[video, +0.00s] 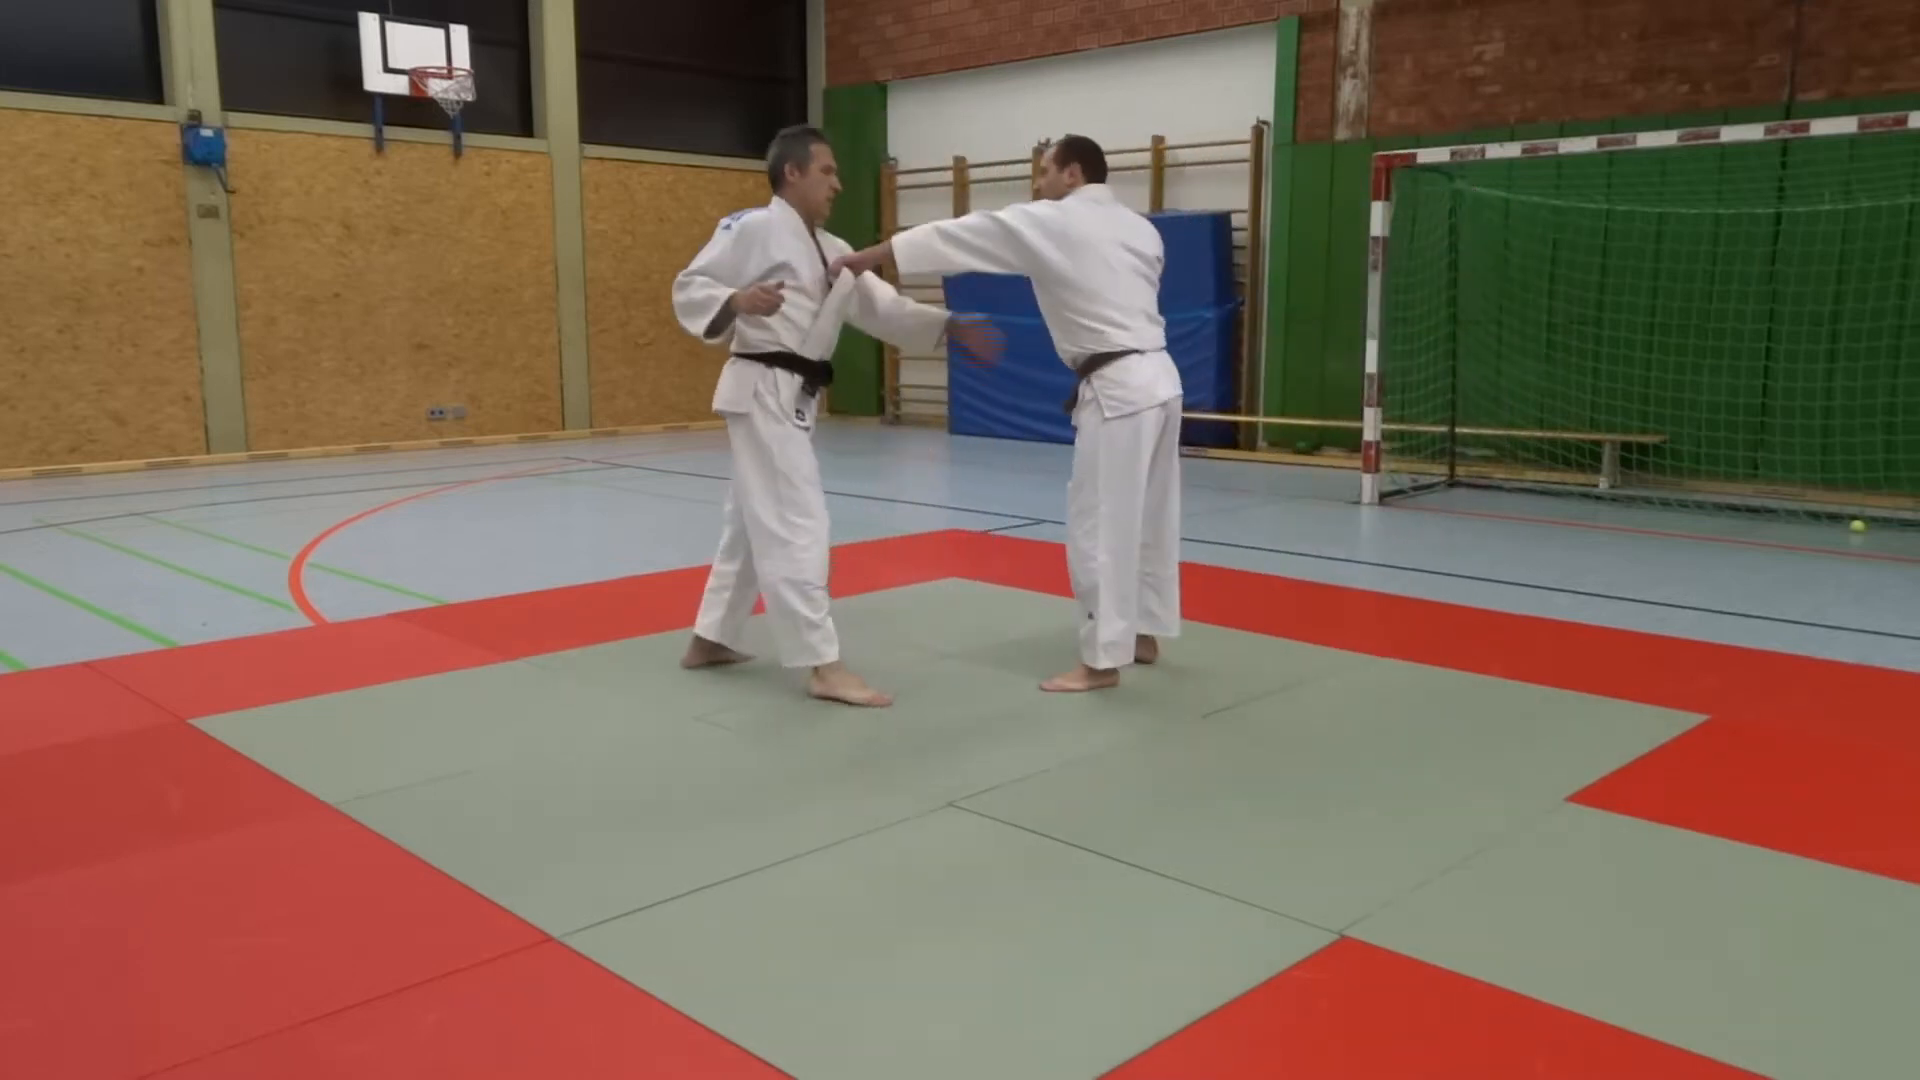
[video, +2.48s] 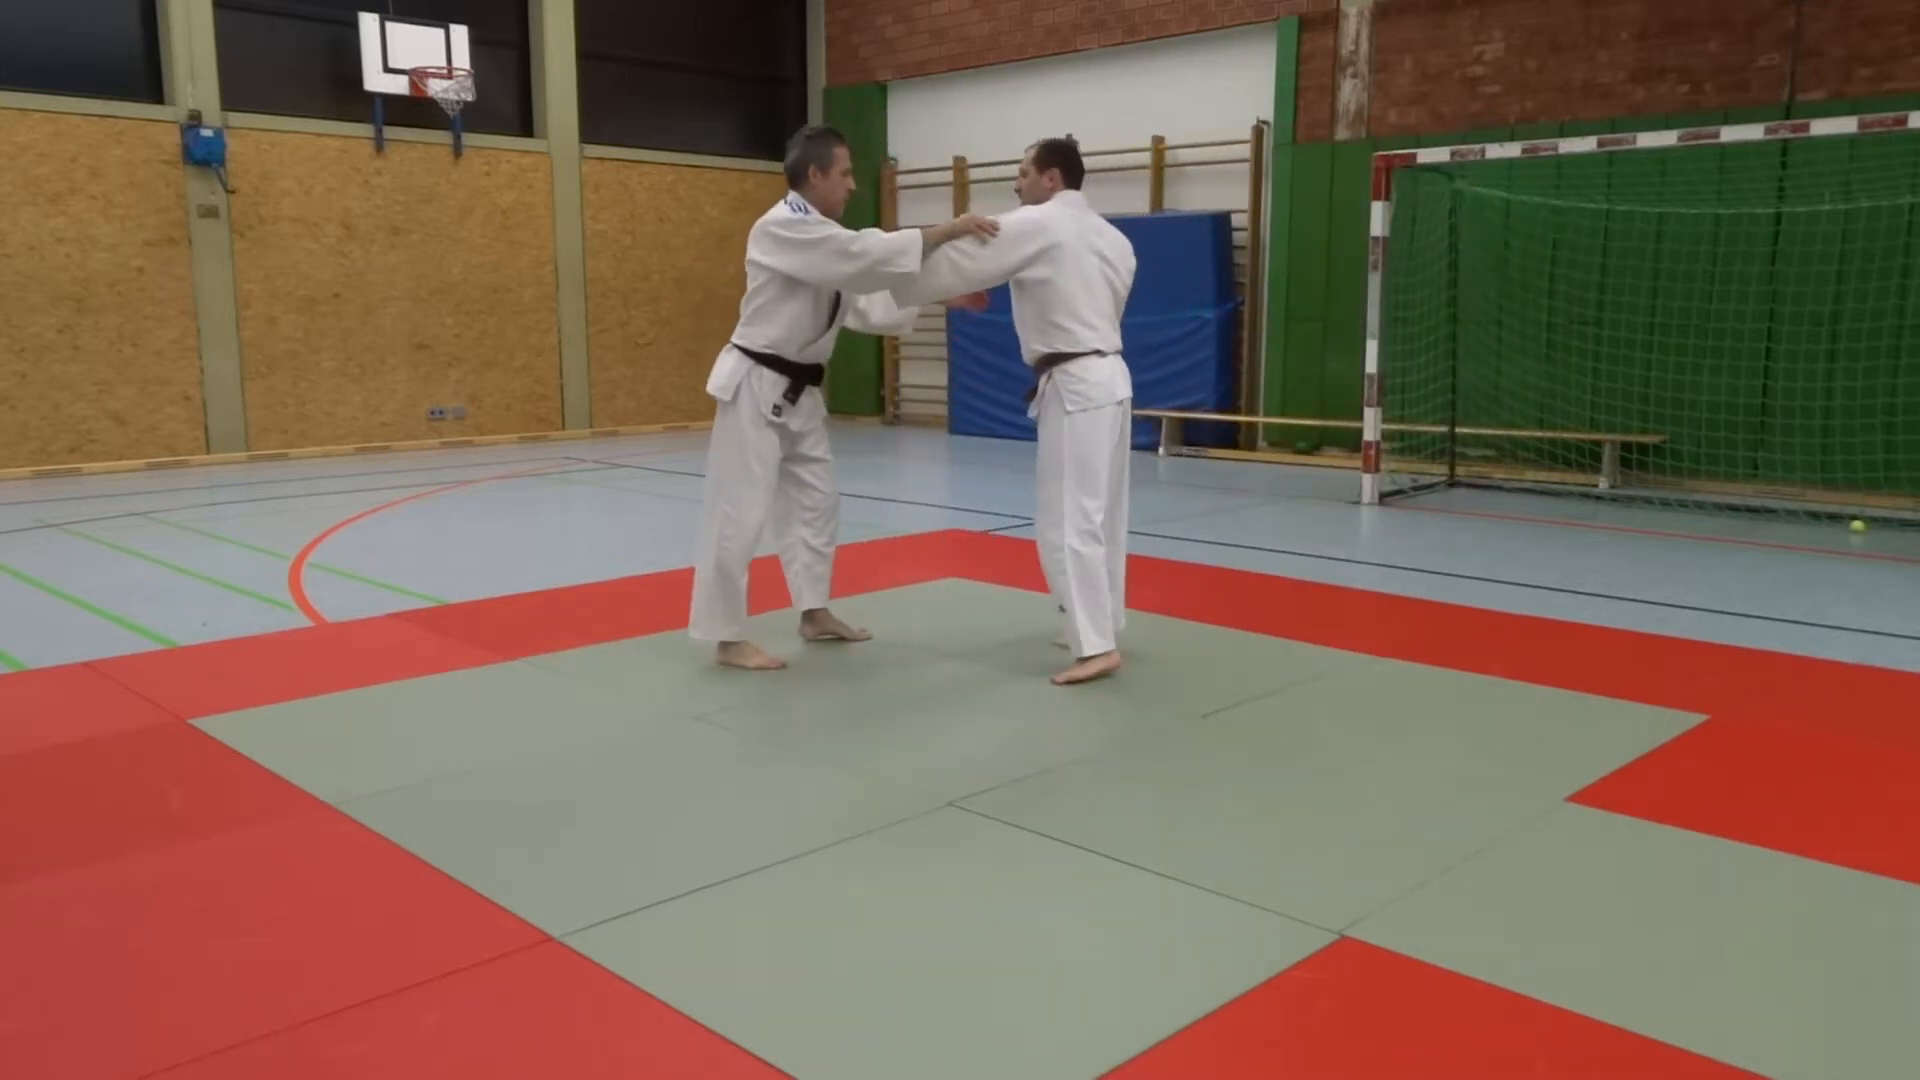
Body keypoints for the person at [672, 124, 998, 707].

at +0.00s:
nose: (835, 185)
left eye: (837, 175)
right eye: (826, 173)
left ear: (803, 179)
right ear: (789, 175)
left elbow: (884, 306)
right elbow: (688, 290)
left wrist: (951, 327)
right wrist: (734, 299)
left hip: (795, 393)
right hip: (759, 388)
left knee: (755, 516)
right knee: (800, 521)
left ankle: (710, 639)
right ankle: (825, 666)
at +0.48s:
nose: (875, 174)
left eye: (874, 163)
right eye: (868, 163)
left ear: (837, 170)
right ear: (841, 168)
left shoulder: (841, 224)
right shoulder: (824, 221)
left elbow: (886, 292)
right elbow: (859, 272)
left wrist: (957, 298)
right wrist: (913, 228)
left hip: (823, 380)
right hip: (828, 384)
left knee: (828, 513)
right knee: (858, 520)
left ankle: (757, 598)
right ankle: (858, 657)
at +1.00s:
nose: (890, 180)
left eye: (888, 171)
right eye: (880, 171)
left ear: (856, 177)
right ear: (847, 175)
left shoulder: (863, 232)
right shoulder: (831, 226)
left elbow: (909, 300)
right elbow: (898, 240)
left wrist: (986, 306)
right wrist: (956, 223)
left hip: (866, 382)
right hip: (842, 382)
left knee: (866, 514)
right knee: (861, 517)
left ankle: (857, 622)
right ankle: (856, 654)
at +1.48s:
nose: (896, 182)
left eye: (896, 173)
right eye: (888, 172)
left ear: (861, 175)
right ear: (858, 174)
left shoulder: (861, 225)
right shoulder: (850, 211)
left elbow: (883, 314)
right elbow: (905, 221)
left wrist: (946, 341)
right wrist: (975, 214)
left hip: (854, 369)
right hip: (845, 369)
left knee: (855, 498)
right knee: (865, 501)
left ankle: (860, 619)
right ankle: (863, 636)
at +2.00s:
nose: (874, 186)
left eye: (874, 175)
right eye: (866, 175)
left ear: (842, 179)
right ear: (834, 178)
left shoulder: (845, 233)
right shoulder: (816, 224)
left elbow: (870, 303)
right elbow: (878, 246)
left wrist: (941, 296)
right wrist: (954, 221)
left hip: (832, 384)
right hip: (799, 379)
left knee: (832, 507)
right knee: (782, 511)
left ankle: (846, 620)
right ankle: (741, 636)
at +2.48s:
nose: (853, 187)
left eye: (852, 175)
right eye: (845, 175)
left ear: (820, 176)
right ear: (813, 176)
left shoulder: (826, 240)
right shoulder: (780, 226)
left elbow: (868, 302)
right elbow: (856, 252)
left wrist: (942, 291)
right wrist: (945, 231)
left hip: (803, 389)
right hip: (755, 382)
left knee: (815, 501)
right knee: (740, 509)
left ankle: (815, 615)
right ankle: (728, 638)